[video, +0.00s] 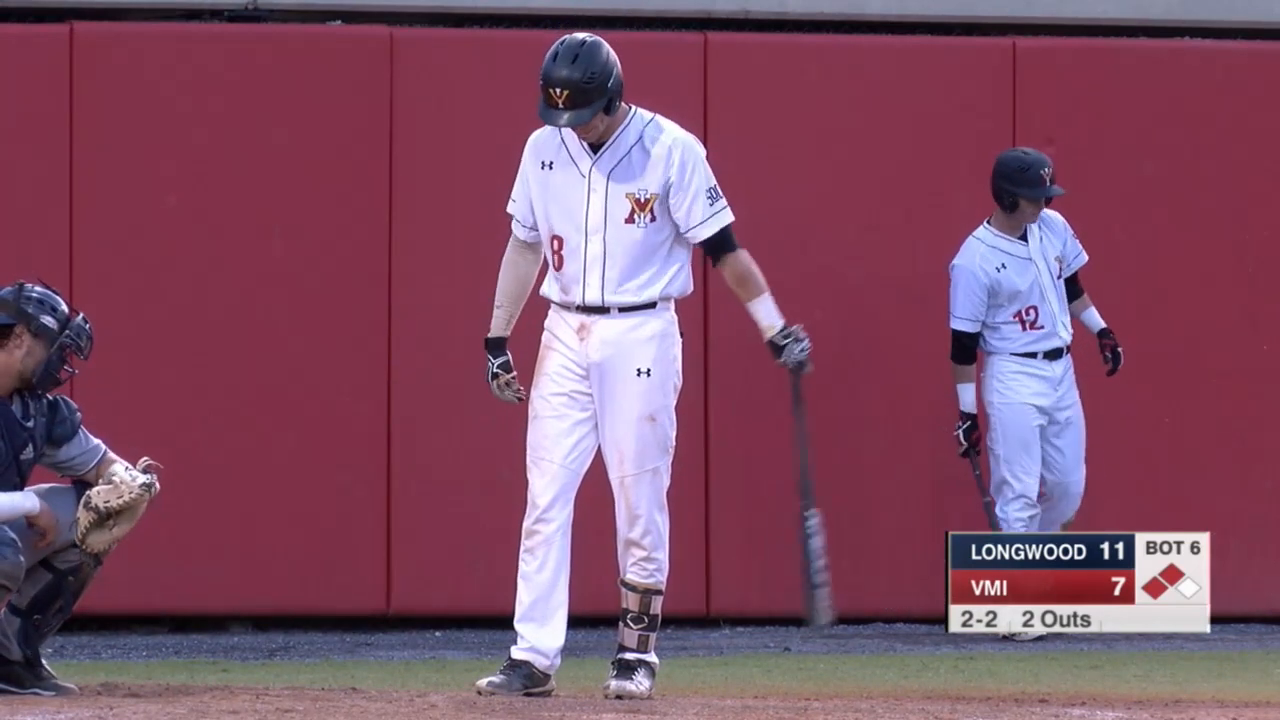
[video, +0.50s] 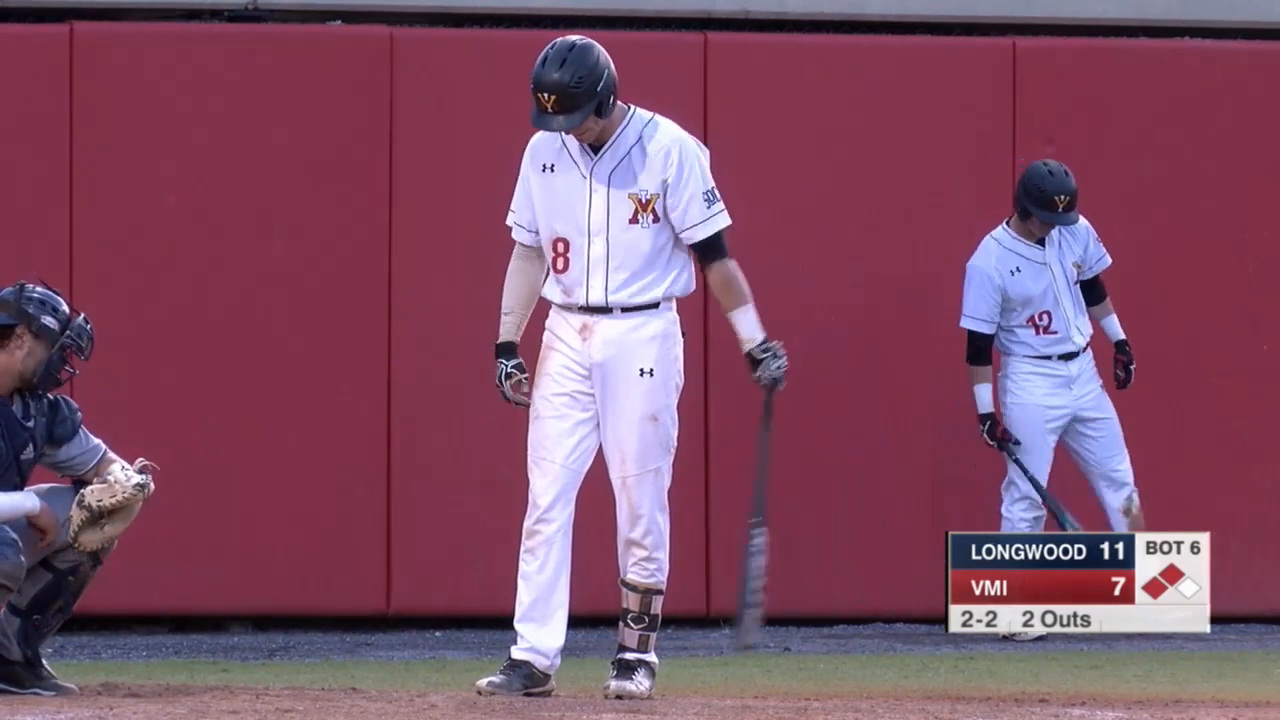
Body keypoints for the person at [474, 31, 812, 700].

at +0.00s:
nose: (573, 127)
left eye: (582, 115)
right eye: (563, 115)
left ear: (614, 98)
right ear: (553, 101)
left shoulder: (672, 149)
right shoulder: (544, 146)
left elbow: (724, 249)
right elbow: (524, 246)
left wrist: (777, 329)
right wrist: (497, 337)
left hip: (640, 341)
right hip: (563, 339)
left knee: (638, 490)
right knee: (546, 496)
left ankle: (635, 652)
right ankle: (533, 656)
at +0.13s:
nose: (568, 127)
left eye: (577, 116)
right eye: (559, 116)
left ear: (608, 99)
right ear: (552, 103)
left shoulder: (672, 148)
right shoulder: (542, 148)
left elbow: (742, 230)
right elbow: (528, 248)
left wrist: (809, 297)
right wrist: (502, 337)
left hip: (639, 339)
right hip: (563, 339)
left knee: (638, 491)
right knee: (545, 498)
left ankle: (635, 653)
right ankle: (533, 656)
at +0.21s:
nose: (564, 127)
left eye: (575, 115)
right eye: (556, 115)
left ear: (607, 100)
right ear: (549, 102)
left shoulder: (672, 147)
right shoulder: (541, 147)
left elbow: (744, 227)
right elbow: (528, 250)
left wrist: (813, 289)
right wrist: (505, 339)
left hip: (639, 339)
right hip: (563, 339)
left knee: (638, 491)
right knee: (545, 498)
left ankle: (635, 652)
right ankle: (532, 657)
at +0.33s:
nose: (565, 129)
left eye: (574, 118)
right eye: (557, 117)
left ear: (604, 101)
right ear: (552, 104)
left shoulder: (671, 147)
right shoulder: (541, 148)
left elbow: (739, 234)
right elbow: (529, 252)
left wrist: (803, 302)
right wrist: (507, 339)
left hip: (639, 339)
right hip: (563, 339)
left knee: (638, 493)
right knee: (545, 498)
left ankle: (635, 654)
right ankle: (533, 657)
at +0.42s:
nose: (565, 131)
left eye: (572, 120)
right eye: (557, 120)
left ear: (604, 101)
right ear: (550, 106)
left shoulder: (671, 149)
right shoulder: (543, 148)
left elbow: (726, 247)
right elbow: (529, 250)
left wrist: (780, 325)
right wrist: (508, 339)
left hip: (640, 340)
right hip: (563, 339)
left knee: (638, 490)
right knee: (545, 498)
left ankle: (635, 653)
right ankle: (532, 658)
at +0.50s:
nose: (566, 131)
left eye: (574, 119)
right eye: (557, 119)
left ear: (606, 101)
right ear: (549, 104)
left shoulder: (671, 149)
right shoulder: (544, 146)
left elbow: (714, 255)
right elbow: (529, 251)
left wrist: (756, 340)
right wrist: (507, 341)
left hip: (643, 339)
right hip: (565, 336)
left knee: (639, 491)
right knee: (547, 496)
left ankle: (635, 654)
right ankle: (531, 657)